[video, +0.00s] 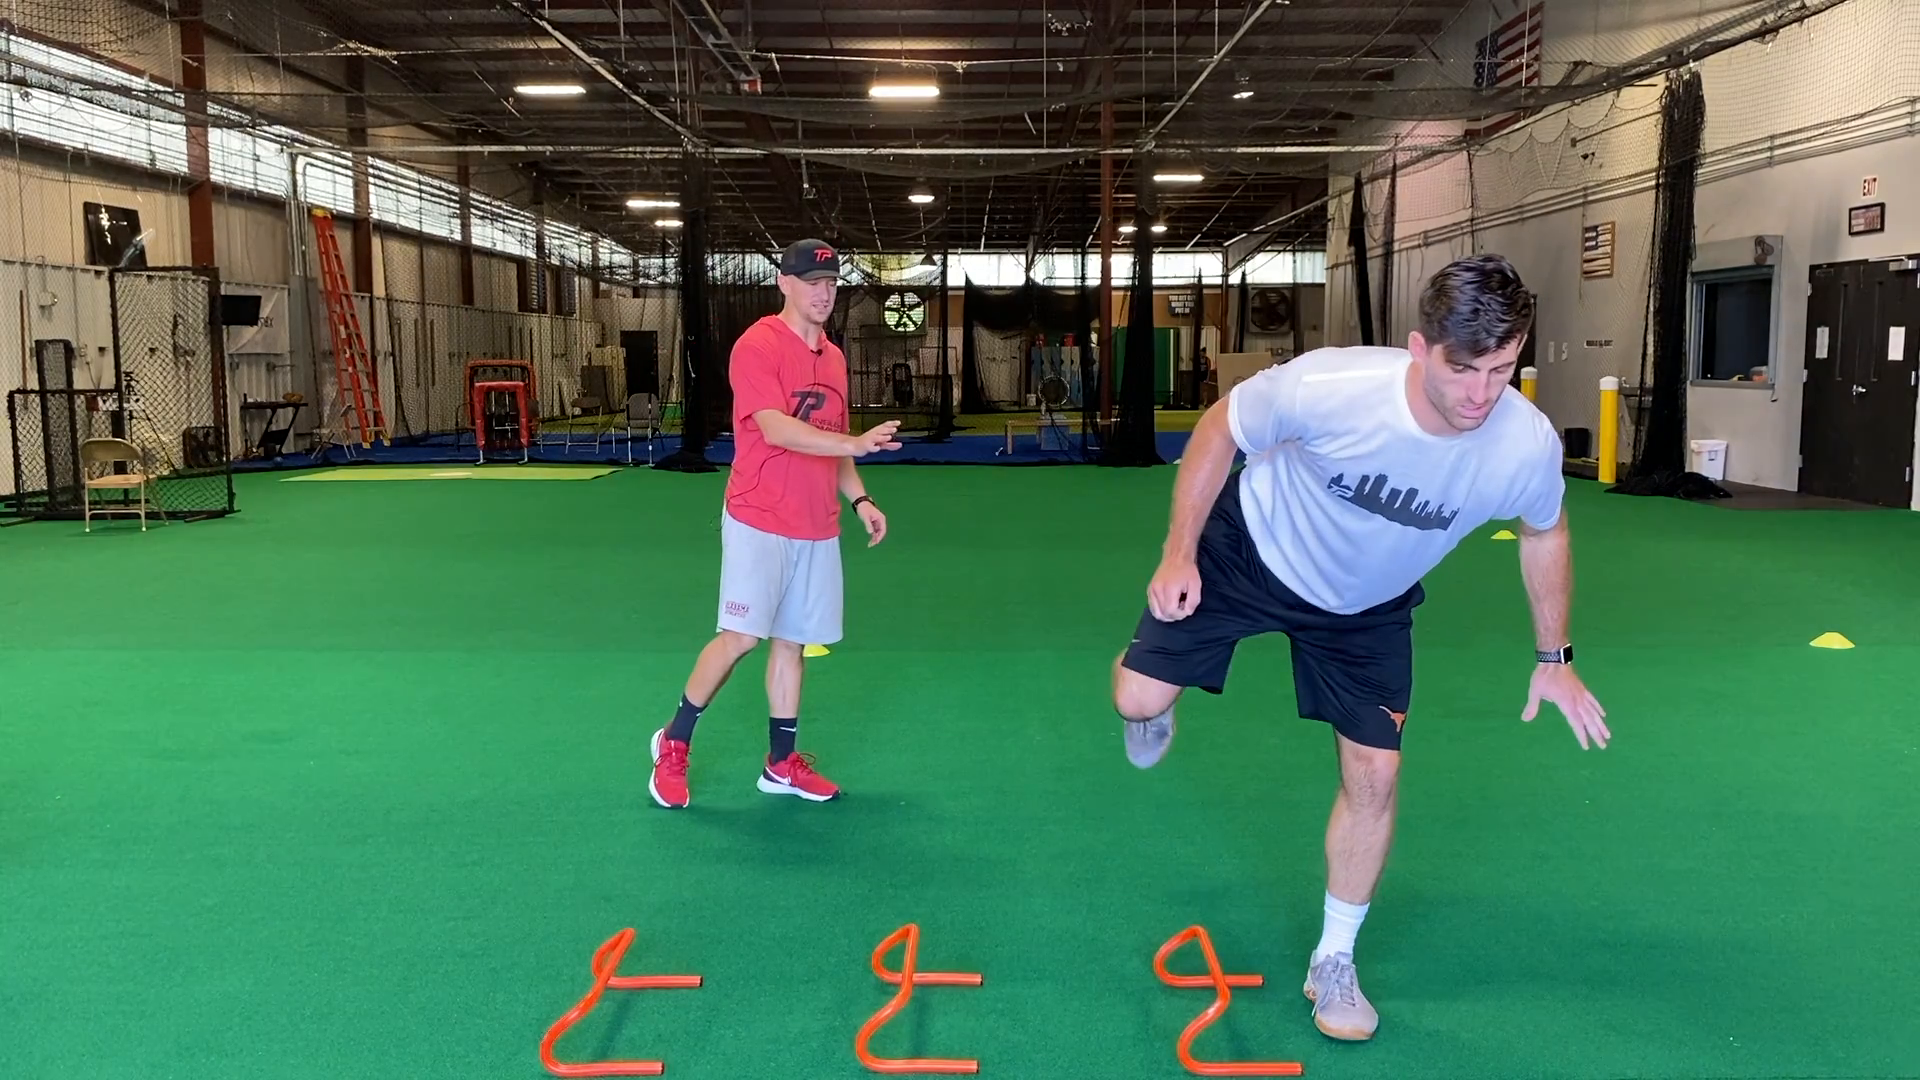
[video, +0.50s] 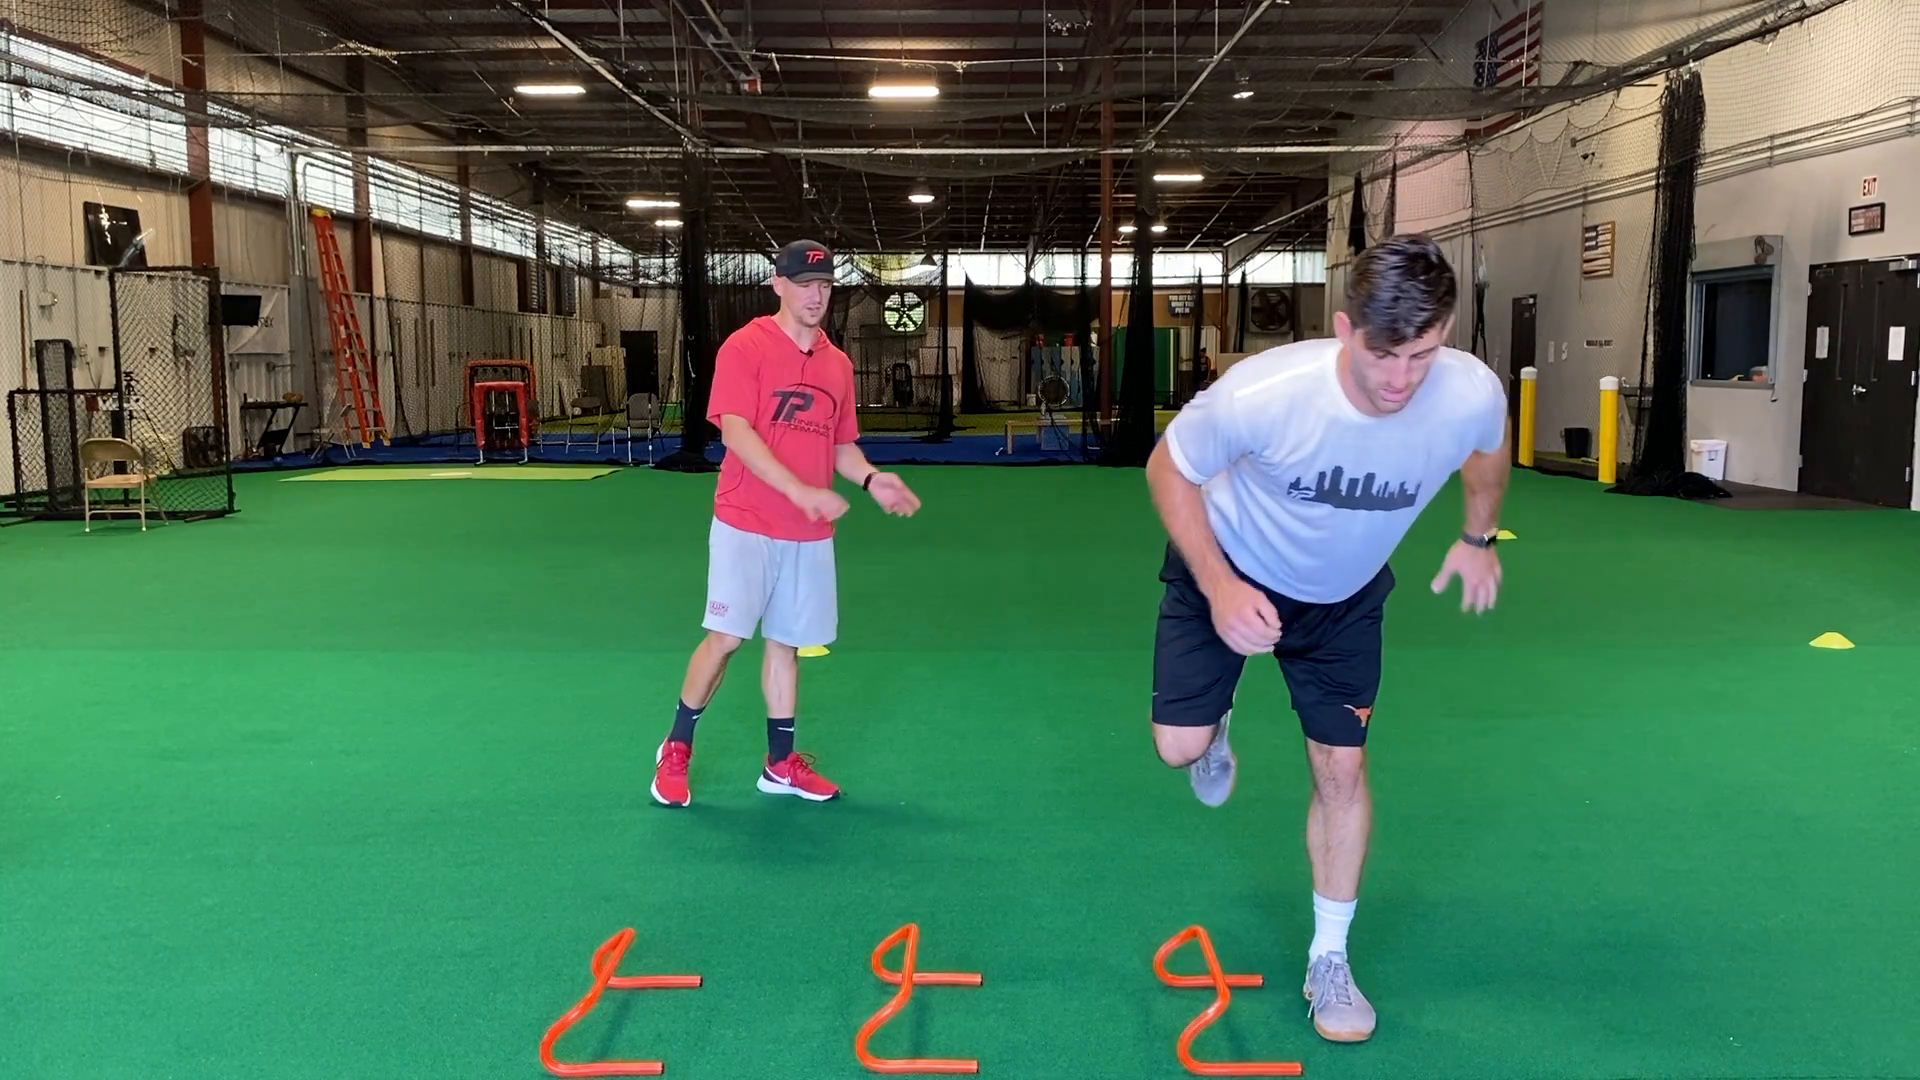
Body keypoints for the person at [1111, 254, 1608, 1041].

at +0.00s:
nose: (1481, 393)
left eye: (1501, 372)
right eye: (1463, 369)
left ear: (1517, 359)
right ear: (1421, 346)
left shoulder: (1527, 445)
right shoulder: (1328, 386)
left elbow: (1544, 532)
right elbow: (1221, 426)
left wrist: (1553, 656)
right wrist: (1178, 552)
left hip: (1371, 602)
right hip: (1250, 548)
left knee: (1374, 772)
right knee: (1135, 695)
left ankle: (1334, 960)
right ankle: (1153, 706)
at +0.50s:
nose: (1400, 376)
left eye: (1421, 356)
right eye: (1383, 354)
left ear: (1442, 338)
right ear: (1344, 328)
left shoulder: (1471, 397)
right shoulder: (1262, 393)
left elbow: (1489, 456)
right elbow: (1167, 467)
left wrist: (1478, 535)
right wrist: (1218, 586)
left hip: (1345, 594)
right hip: (1223, 570)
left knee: (1341, 764)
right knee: (1179, 743)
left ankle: (1330, 957)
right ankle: (1208, 733)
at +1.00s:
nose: (1127, 305)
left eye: (1144, 285)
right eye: (1109, 286)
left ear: (1171, 269)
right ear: (1076, 270)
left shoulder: (1228, 331)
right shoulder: (1013, 347)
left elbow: (1294, 371)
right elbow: (981, 403)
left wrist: (1258, 493)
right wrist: (1007, 523)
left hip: (1200, 561)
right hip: (1074, 562)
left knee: (1261, 739)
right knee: (1047, 744)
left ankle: (1324, 915)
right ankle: (1030, 924)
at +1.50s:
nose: (790, 282)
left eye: (809, 264)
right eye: (775, 264)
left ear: (851, 252)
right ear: (755, 256)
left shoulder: (916, 330)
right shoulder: (711, 338)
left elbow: (1013, 358)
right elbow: (686, 435)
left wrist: (998, 488)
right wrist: (712, 507)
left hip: (893, 555)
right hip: (774, 573)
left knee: (950, 714)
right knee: (755, 781)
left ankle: (944, 818)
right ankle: (737, 953)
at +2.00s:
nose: (484, 341)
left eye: (504, 320)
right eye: (471, 320)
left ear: (553, 307)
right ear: (453, 311)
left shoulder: (630, 391)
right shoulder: (436, 364)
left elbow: (752, 438)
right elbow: (436, 432)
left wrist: (705, 567)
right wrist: (437, 539)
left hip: (638, 590)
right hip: (519, 597)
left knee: (649, 750)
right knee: (487, 784)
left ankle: (696, 762)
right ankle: (472, 969)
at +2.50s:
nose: (394, 392)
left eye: (412, 370)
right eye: (379, 373)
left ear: (459, 348)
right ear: (360, 365)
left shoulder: (543, 441)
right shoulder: (360, 383)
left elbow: (640, 557)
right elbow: (375, 434)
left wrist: (514, 624)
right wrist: (375, 486)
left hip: (571, 605)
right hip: (454, 603)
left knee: (565, 783)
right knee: (449, 781)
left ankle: (529, 762)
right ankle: (464, 965)